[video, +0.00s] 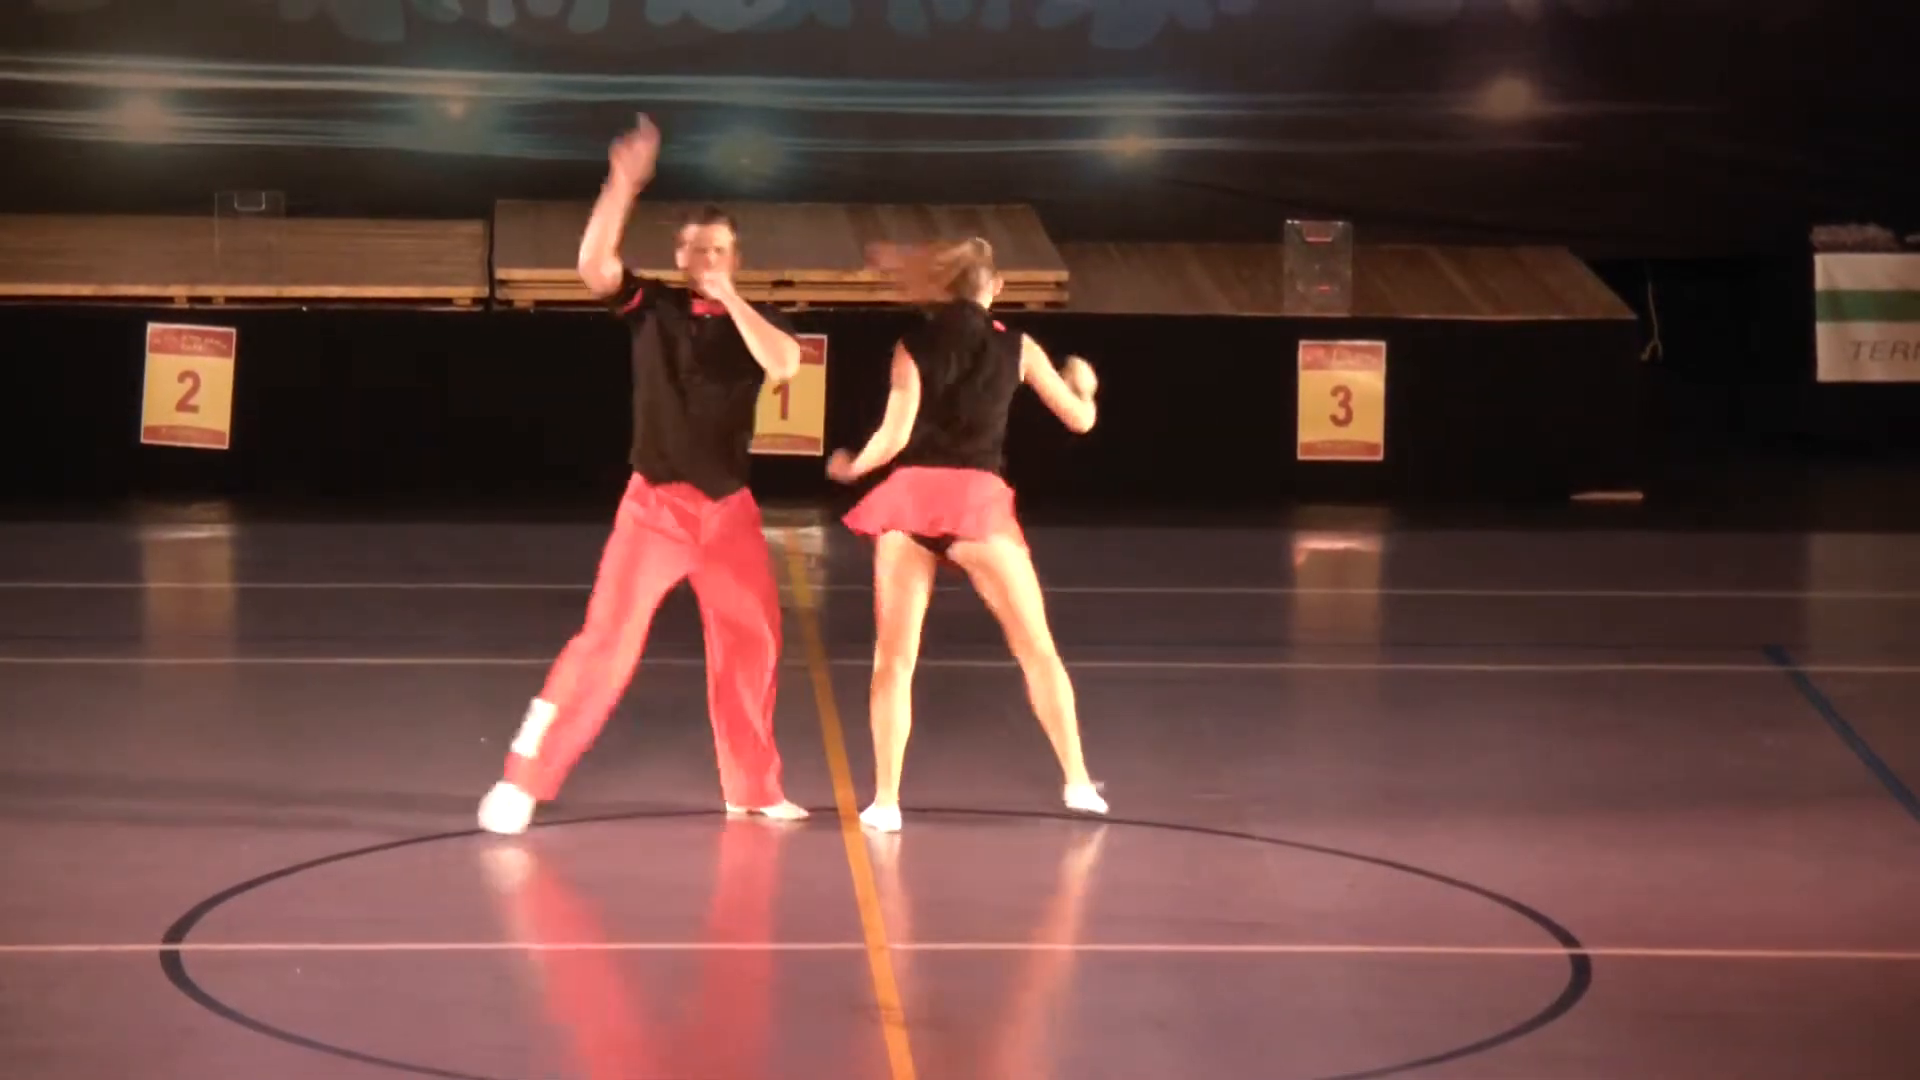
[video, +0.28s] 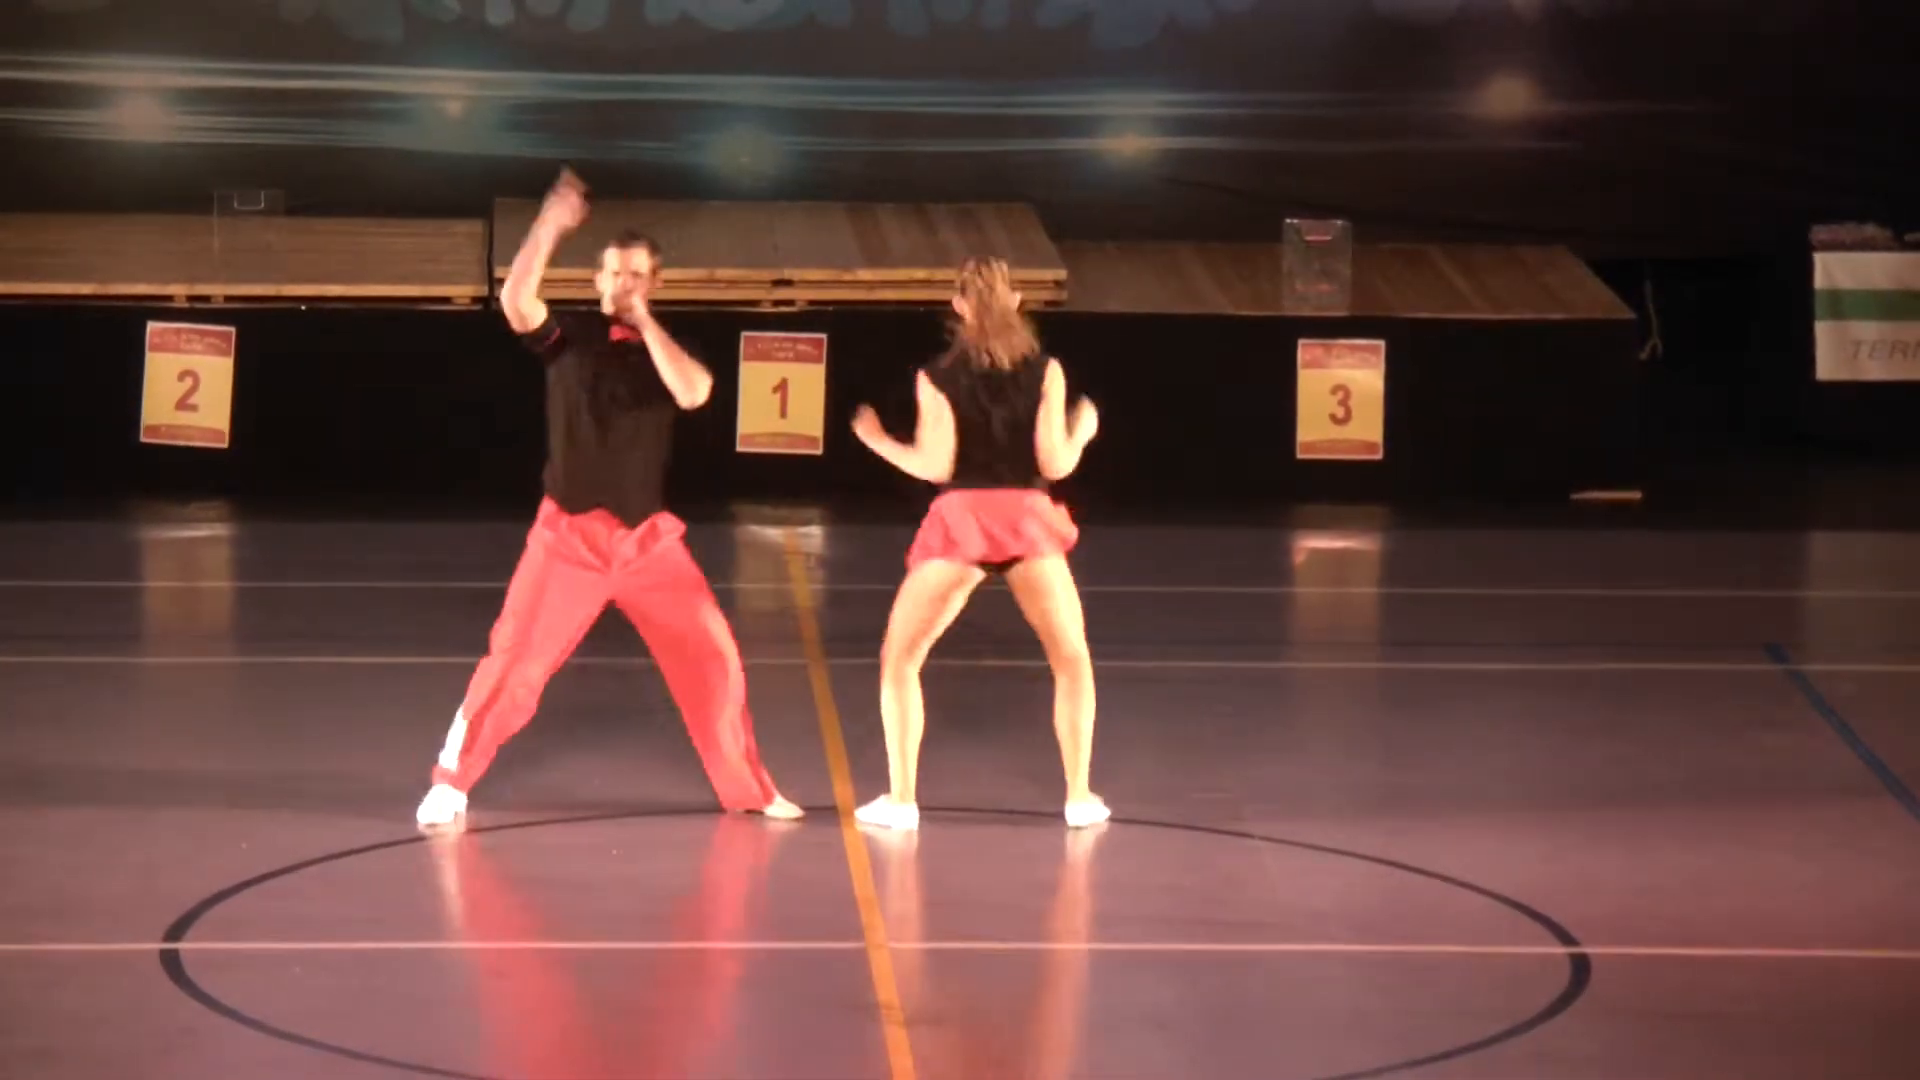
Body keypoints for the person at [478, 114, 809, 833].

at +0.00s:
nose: (707, 257)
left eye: (717, 248)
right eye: (697, 248)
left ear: (735, 260)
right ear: (679, 256)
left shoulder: (756, 324)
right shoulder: (649, 306)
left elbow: (784, 364)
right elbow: (595, 265)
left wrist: (727, 294)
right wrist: (623, 183)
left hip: (730, 514)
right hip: (654, 507)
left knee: (752, 649)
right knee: (606, 644)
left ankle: (755, 792)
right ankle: (522, 784)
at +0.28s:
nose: (622, 283)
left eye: (635, 274)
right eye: (614, 271)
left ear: (653, 284)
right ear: (595, 277)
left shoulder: (669, 353)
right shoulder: (565, 341)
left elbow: (694, 393)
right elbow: (518, 300)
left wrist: (644, 320)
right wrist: (547, 227)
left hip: (650, 543)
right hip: (566, 540)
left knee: (714, 656)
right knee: (514, 661)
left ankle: (748, 791)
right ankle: (450, 786)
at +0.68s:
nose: (546, 296)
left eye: (557, 286)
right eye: (537, 286)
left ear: (577, 295)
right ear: (520, 294)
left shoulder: (595, 358)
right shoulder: (499, 357)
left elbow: (629, 400)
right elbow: (478, 392)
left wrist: (569, 338)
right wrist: (479, 308)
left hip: (616, 548)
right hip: (533, 554)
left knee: (692, 658)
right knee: (489, 676)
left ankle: (751, 786)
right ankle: (457, 796)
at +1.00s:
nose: (493, 332)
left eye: (504, 318)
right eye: (484, 321)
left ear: (534, 316)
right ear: (476, 325)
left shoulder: (581, 361)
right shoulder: (484, 393)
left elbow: (605, 428)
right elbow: (502, 489)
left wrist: (532, 377)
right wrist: (460, 414)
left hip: (618, 554)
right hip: (536, 562)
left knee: (702, 658)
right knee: (495, 682)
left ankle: (759, 788)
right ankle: (459, 798)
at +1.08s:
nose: (541, 322)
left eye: (549, 308)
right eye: (527, 310)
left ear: (563, 311)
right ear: (502, 316)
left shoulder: (596, 371)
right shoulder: (488, 394)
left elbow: (644, 457)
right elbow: (489, 500)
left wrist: (597, 407)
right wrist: (508, 442)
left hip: (620, 551)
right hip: (541, 560)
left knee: (700, 662)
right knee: (507, 686)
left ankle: (766, 790)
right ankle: (465, 799)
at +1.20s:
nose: (620, 345)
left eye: (622, 333)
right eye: (616, 331)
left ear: (580, 331)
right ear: (581, 329)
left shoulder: (589, 395)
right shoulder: (514, 387)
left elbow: (613, 488)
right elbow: (480, 482)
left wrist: (696, 474)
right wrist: (571, 486)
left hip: (628, 553)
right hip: (553, 566)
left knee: (705, 659)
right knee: (525, 694)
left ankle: (766, 789)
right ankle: (469, 800)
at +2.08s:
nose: (607, 309)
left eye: (615, 297)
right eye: (594, 297)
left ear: (628, 304)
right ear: (570, 305)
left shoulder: (656, 375)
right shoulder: (539, 379)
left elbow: (697, 446)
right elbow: (500, 471)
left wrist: (678, 500)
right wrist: (550, 452)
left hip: (655, 561)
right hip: (568, 564)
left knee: (724, 674)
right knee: (519, 679)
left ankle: (776, 799)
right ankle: (470, 799)